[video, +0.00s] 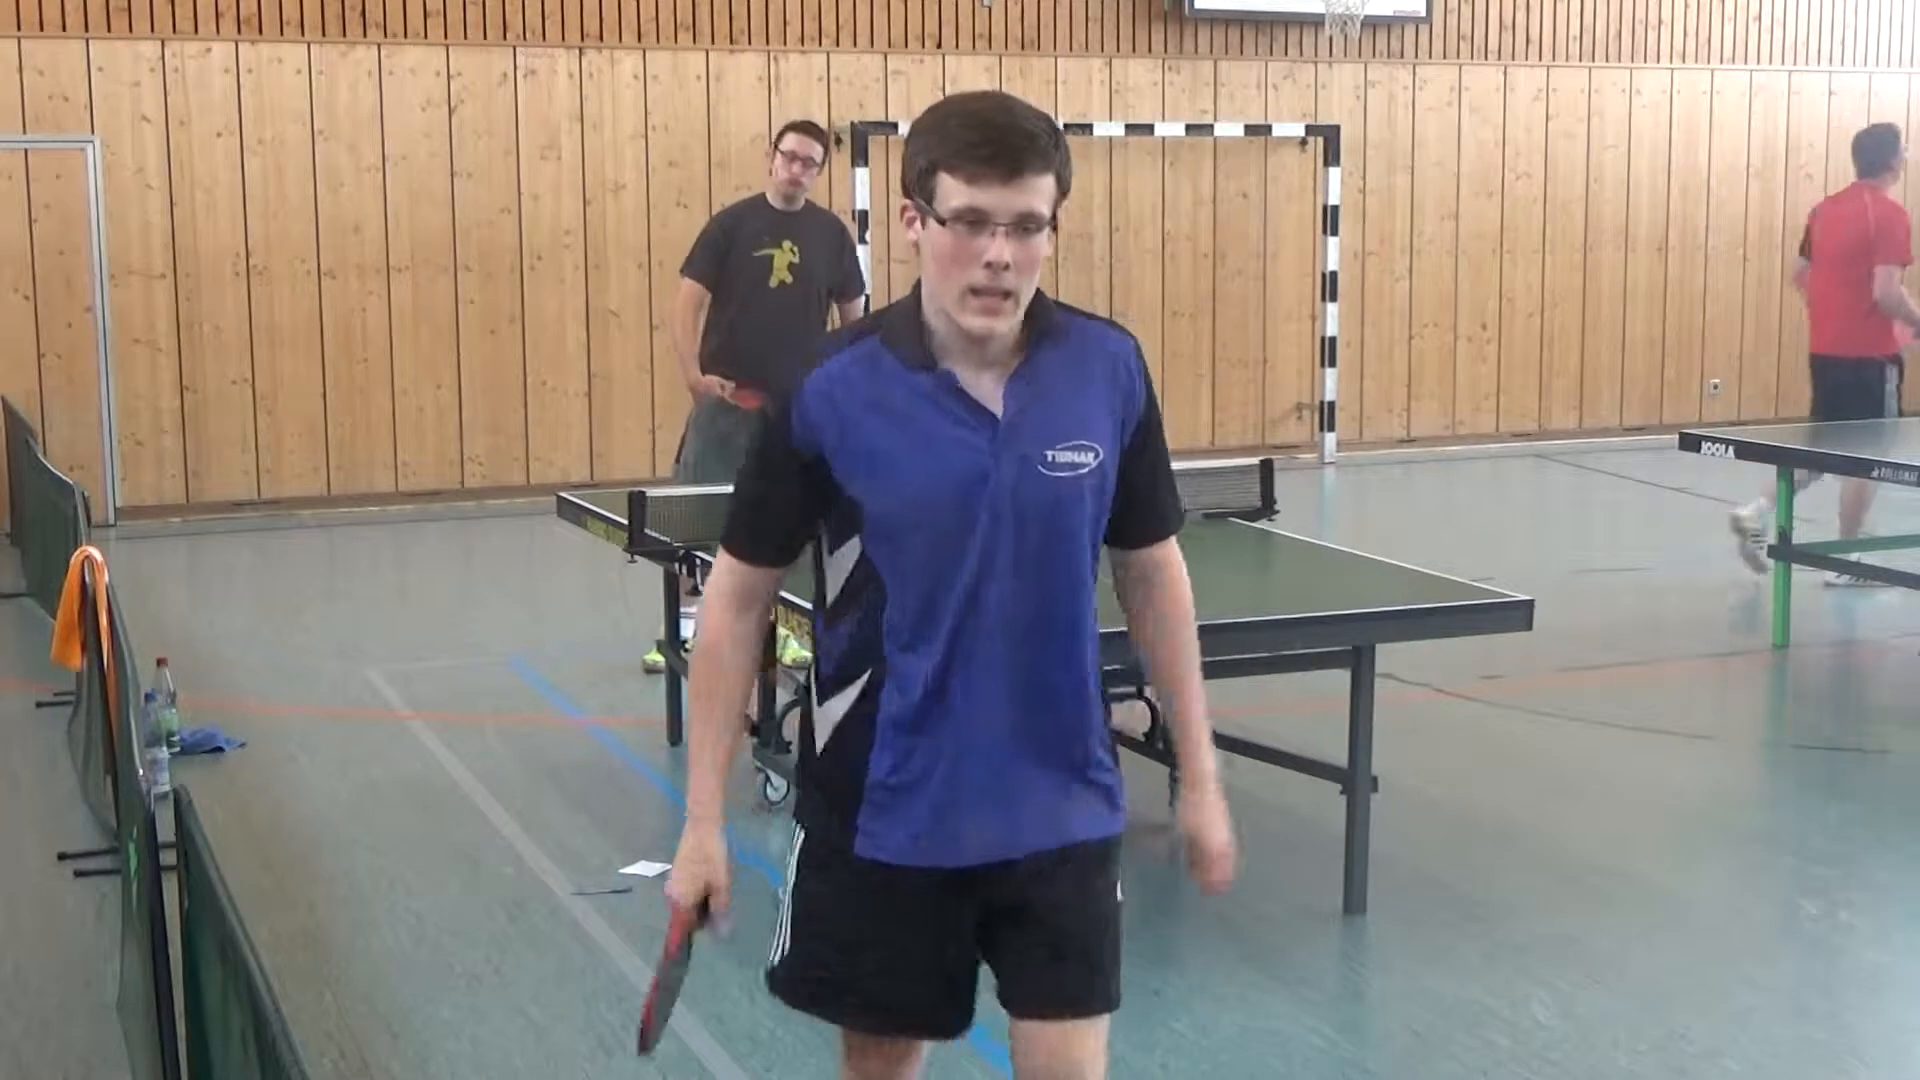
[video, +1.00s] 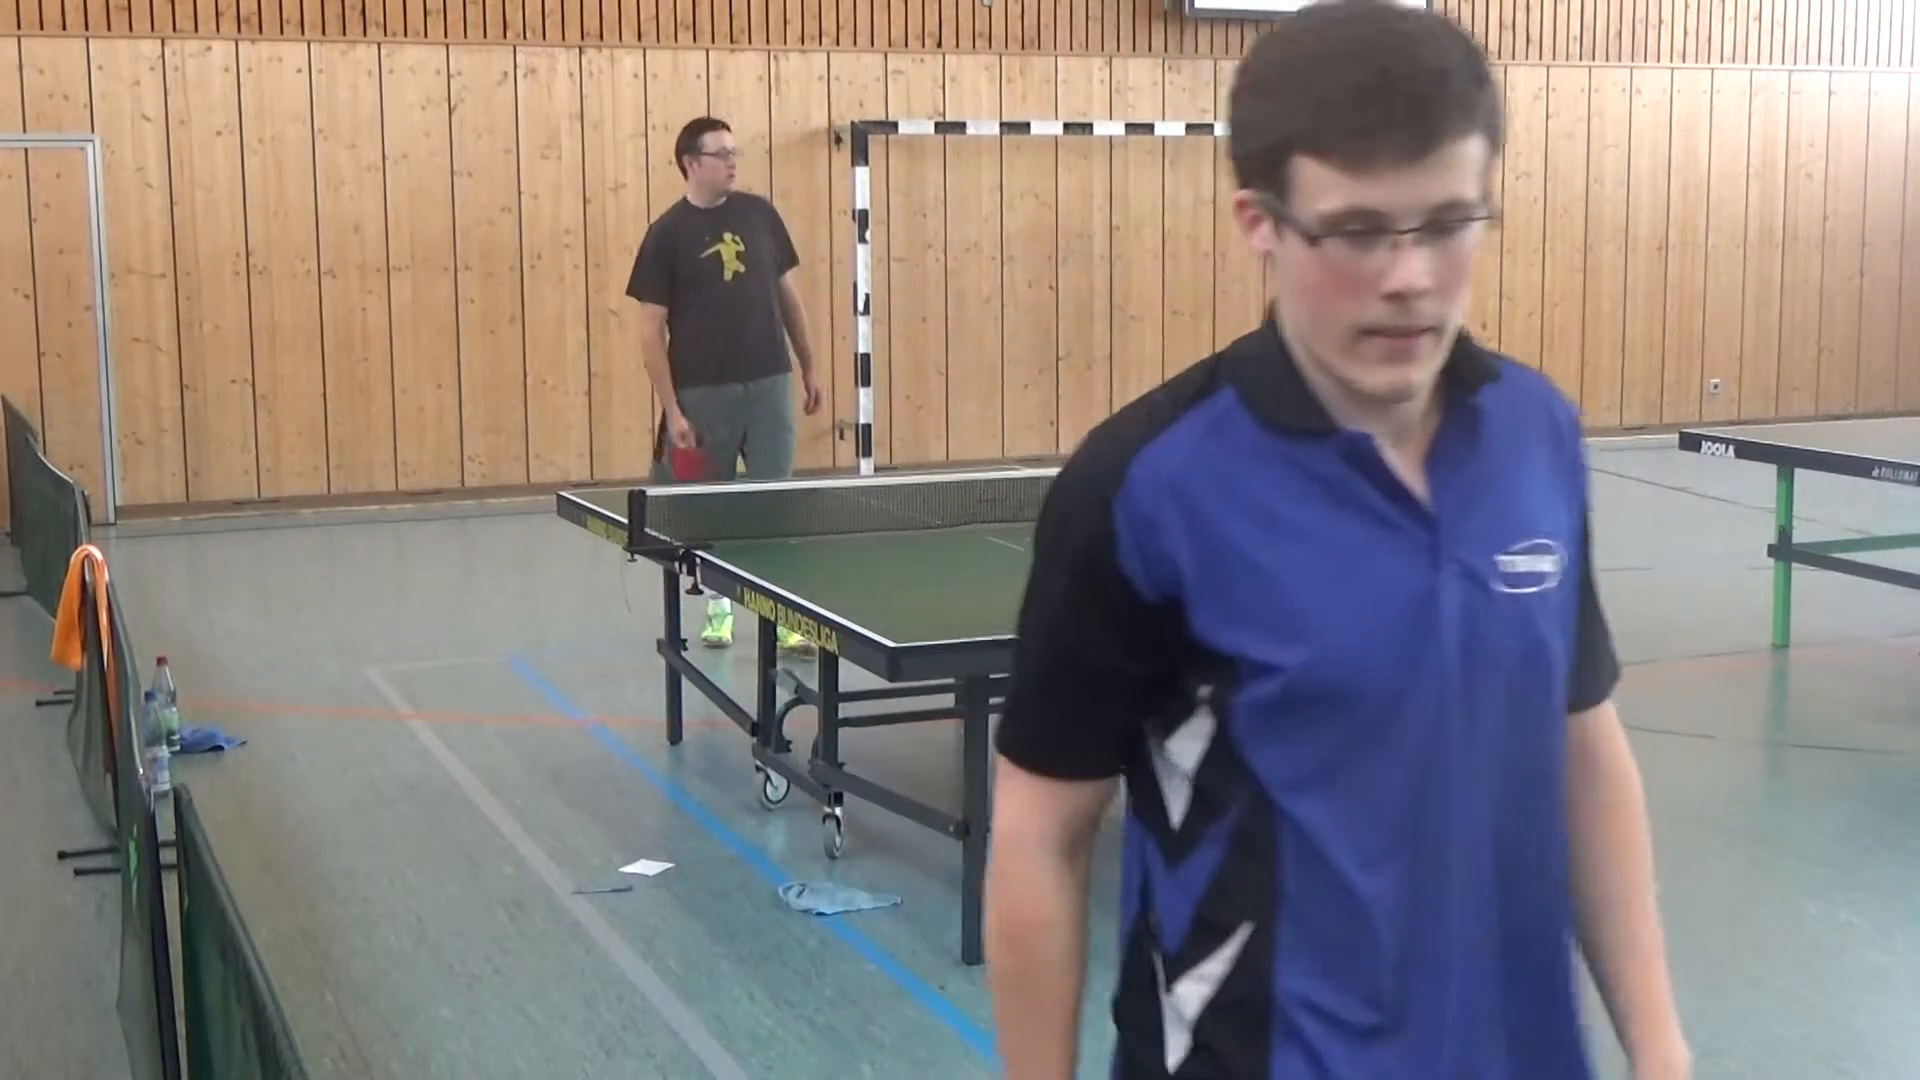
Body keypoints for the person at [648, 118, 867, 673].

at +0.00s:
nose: (796, 169)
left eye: (808, 162)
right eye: (789, 157)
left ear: (820, 169)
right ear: (772, 158)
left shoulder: (833, 232)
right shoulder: (732, 224)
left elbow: (853, 317)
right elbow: (686, 301)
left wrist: (848, 386)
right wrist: (693, 376)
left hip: (803, 410)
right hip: (728, 403)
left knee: (784, 543)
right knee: (706, 527)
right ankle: (692, 638)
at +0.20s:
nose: (804, 173)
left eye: (815, 167)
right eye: (797, 161)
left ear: (823, 175)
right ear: (774, 160)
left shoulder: (833, 238)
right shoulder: (732, 223)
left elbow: (849, 322)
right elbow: (683, 303)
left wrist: (834, 383)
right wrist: (700, 368)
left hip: (797, 406)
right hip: (723, 394)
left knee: (792, 519)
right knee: (688, 504)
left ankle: (792, 632)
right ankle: (688, 611)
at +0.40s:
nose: (800, 172)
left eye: (808, 165)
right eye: (791, 161)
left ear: (812, 173)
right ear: (762, 162)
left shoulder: (819, 235)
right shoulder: (719, 226)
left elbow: (841, 319)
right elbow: (678, 309)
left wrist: (825, 367)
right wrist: (709, 355)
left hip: (792, 397)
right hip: (720, 394)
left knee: (796, 511)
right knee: (705, 504)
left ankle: (791, 614)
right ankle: (707, 598)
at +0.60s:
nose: (779, 170)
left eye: (785, 162)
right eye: (769, 159)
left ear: (788, 170)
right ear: (739, 162)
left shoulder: (796, 232)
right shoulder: (700, 227)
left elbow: (817, 312)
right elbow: (672, 312)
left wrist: (816, 364)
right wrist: (715, 369)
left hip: (785, 399)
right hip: (714, 397)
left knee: (793, 512)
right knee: (708, 508)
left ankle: (795, 622)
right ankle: (716, 604)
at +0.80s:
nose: (755, 165)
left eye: (757, 157)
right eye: (744, 158)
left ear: (756, 162)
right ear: (711, 163)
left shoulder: (773, 219)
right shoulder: (679, 233)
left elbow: (797, 303)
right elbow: (665, 330)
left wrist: (803, 366)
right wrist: (695, 403)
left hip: (773, 394)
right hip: (705, 396)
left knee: (772, 512)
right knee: (701, 511)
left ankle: (785, 619)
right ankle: (716, 608)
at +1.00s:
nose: (732, 162)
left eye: (734, 153)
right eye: (721, 154)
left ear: (731, 160)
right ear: (690, 163)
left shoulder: (759, 212)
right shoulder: (665, 234)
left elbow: (789, 293)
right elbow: (651, 330)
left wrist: (808, 366)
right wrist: (671, 410)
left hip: (771, 386)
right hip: (702, 395)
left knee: (776, 505)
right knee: (705, 508)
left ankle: (786, 614)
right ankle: (718, 602)